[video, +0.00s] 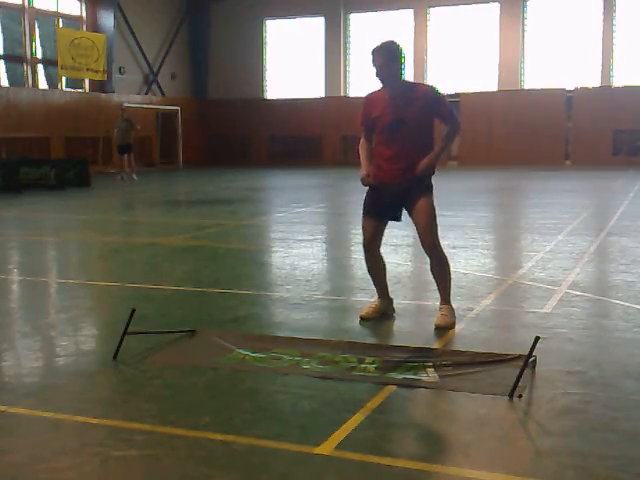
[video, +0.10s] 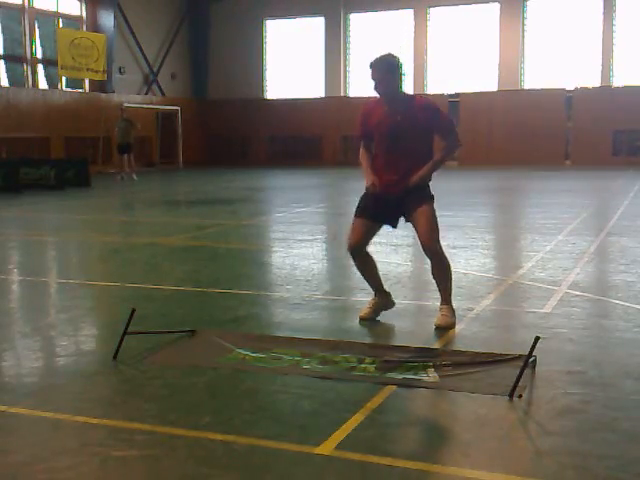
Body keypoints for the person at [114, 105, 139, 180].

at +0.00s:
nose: (122, 113)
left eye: (124, 111)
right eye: (121, 111)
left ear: (126, 112)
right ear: (120, 112)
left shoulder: (128, 121)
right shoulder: (119, 122)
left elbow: (136, 128)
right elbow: (116, 130)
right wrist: (116, 140)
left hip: (129, 142)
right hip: (121, 142)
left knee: (131, 158)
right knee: (122, 159)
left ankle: (133, 173)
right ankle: (122, 173)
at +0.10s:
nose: (123, 114)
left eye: (124, 112)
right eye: (122, 112)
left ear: (125, 113)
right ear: (120, 113)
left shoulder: (129, 121)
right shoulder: (118, 122)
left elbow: (137, 128)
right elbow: (116, 131)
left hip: (128, 142)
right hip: (121, 142)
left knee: (131, 158)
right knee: (122, 159)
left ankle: (133, 173)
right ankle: (122, 173)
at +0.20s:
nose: (122, 114)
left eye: (123, 112)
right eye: (121, 112)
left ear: (125, 113)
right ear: (119, 113)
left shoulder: (129, 122)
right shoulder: (118, 123)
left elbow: (136, 126)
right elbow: (115, 132)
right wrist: (115, 141)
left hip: (128, 142)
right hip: (120, 142)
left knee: (131, 158)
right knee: (122, 159)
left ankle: (133, 173)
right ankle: (122, 173)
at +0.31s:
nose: (122, 114)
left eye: (123, 112)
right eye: (120, 112)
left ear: (124, 113)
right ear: (119, 113)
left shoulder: (128, 122)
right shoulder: (117, 122)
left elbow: (135, 125)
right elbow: (117, 126)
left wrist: (127, 120)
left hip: (128, 142)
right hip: (120, 142)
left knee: (131, 158)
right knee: (122, 159)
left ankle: (133, 173)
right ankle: (122, 173)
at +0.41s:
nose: (121, 114)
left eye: (123, 112)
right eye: (120, 112)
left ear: (124, 113)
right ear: (119, 113)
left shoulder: (127, 122)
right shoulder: (117, 123)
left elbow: (134, 125)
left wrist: (127, 120)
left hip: (128, 142)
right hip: (120, 142)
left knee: (131, 158)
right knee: (122, 159)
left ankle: (133, 173)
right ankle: (122, 173)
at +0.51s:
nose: (121, 114)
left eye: (122, 112)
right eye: (120, 112)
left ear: (124, 113)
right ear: (118, 113)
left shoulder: (127, 122)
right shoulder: (117, 123)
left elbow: (134, 124)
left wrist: (127, 120)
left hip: (128, 142)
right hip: (120, 142)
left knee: (131, 158)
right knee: (121, 159)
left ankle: (133, 173)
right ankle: (122, 173)